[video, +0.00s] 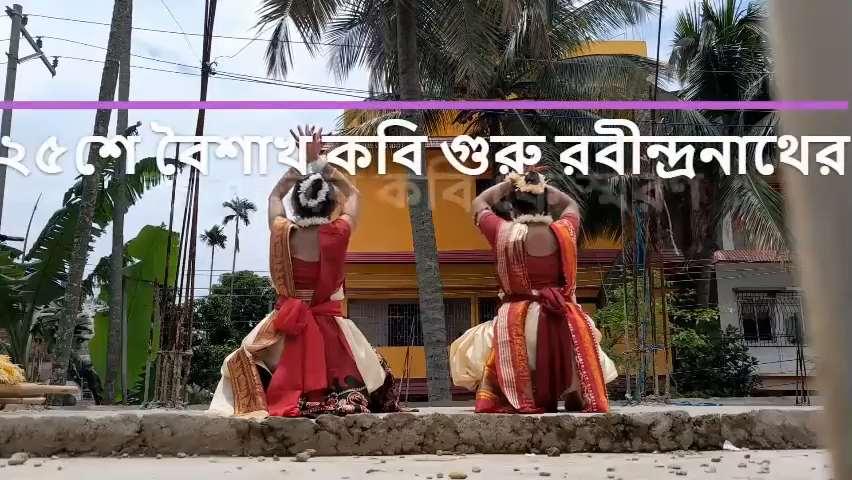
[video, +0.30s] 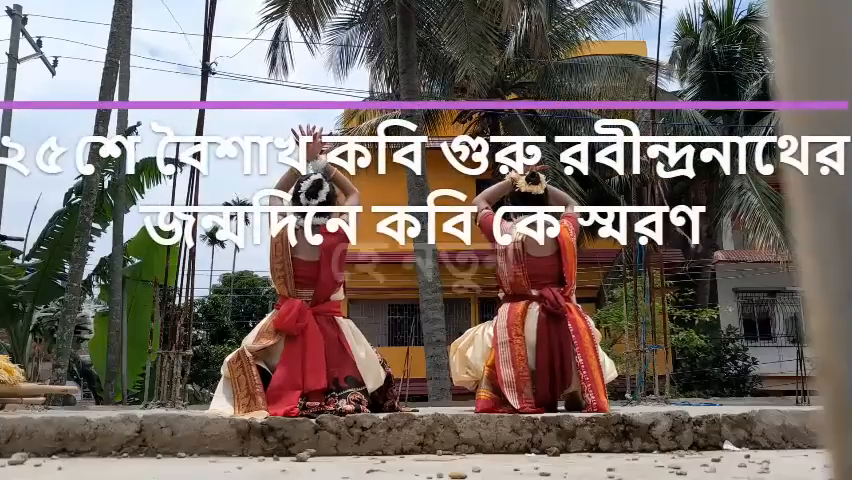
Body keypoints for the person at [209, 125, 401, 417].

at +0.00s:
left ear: (293, 205)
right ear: (330, 206)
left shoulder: (281, 232)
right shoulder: (338, 235)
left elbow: (276, 195)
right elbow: (351, 194)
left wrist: (302, 163)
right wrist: (324, 166)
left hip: (289, 329)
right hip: (330, 330)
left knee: (240, 363)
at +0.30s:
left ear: (296, 202)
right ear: (330, 202)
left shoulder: (283, 234)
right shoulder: (338, 234)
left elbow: (278, 195)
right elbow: (351, 194)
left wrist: (302, 162)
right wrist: (325, 165)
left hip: (290, 330)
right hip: (332, 329)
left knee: (240, 362)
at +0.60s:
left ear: (295, 203)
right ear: (330, 203)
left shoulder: (283, 235)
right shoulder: (337, 236)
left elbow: (278, 195)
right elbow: (352, 195)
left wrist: (303, 161)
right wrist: (324, 164)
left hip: (288, 329)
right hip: (330, 328)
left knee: (240, 361)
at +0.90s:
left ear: (295, 203)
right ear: (330, 203)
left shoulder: (284, 234)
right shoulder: (337, 235)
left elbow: (278, 196)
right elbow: (352, 195)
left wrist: (302, 161)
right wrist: (323, 164)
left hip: (289, 326)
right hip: (329, 326)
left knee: (240, 361)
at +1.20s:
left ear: (295, 203)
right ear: (330, 203)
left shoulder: (284, 234)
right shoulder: (337, 235)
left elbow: (277, 196)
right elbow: (351, 195)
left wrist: (302, 161)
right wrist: (323, 164)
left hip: (289, 328)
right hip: (329, 328)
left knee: (240, 362)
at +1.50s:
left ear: (295, 203)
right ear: (330, 203)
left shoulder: (284, 234)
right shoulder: (337, 235)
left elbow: (277, 196)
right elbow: (351, 194)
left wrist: (302, 162)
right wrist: (322, 163)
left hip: (289, 325)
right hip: (329, 325)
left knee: (240, 361)